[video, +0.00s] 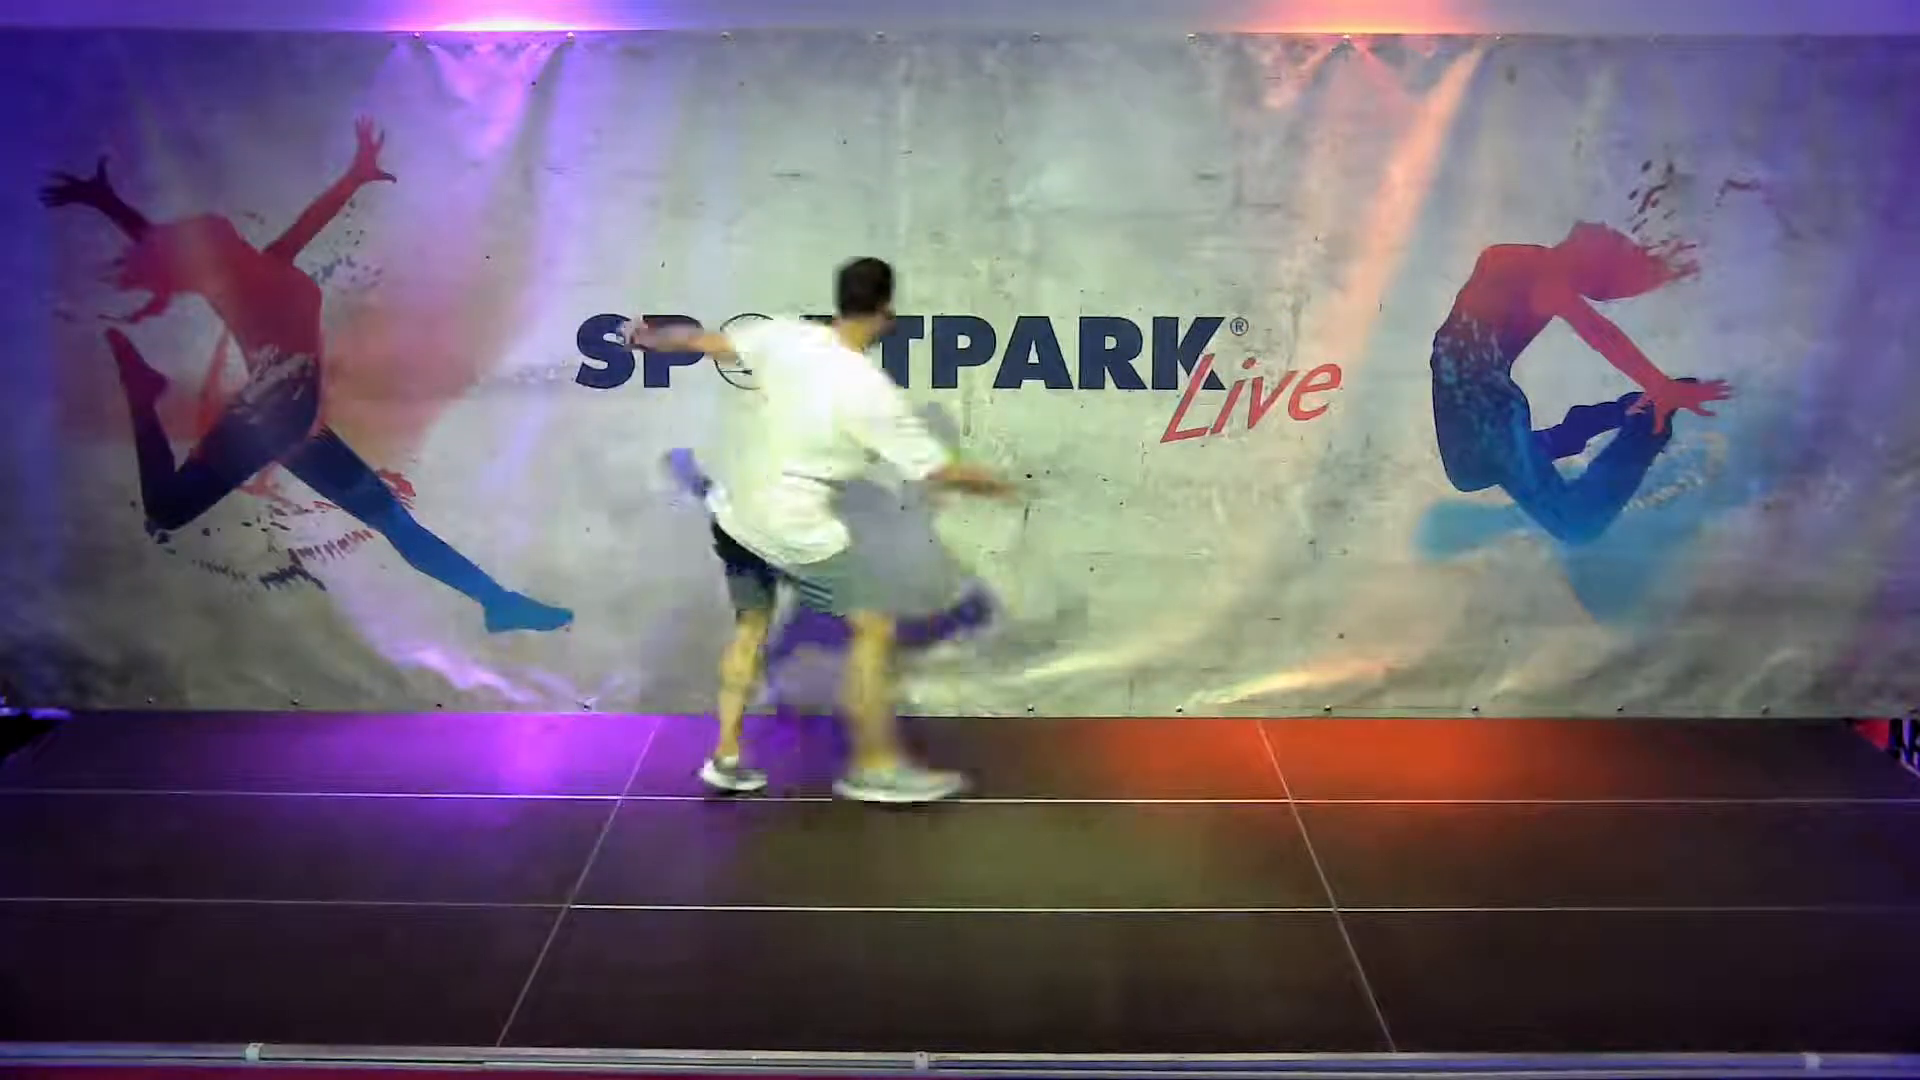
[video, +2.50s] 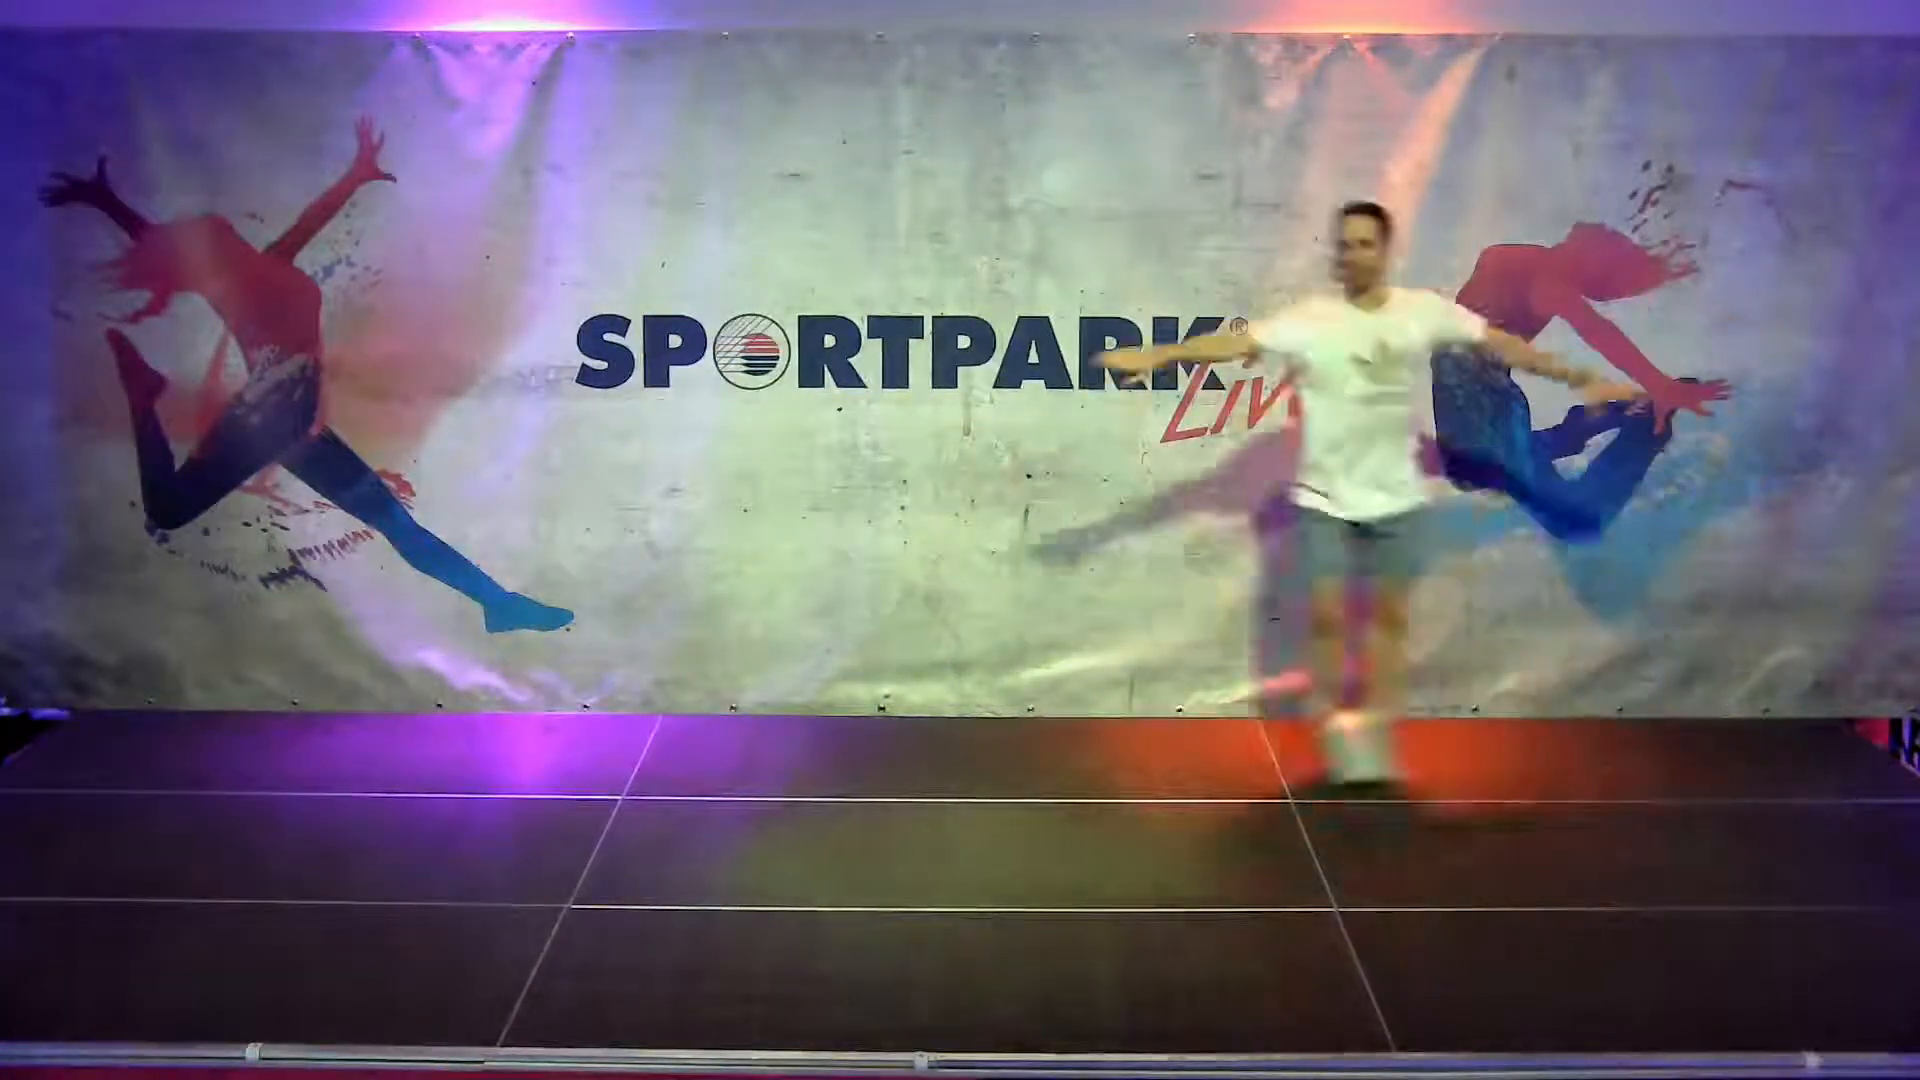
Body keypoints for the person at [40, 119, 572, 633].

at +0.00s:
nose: (179, 290)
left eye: (179, 270)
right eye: (174, 274)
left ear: (204, 255)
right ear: (206, 254)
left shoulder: (263, 269)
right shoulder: (245, 275)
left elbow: (308, 223)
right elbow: (155, 243)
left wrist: (357, 176)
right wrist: (104, 201)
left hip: (295, 425)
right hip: (263, 421)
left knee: (386, 513)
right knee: (166, 511)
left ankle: (500, 601)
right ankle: (140, 393)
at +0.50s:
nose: (177, 292)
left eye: (176, 272)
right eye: (166, 279)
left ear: (202, 255)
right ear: (204, 254)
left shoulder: (262, 269)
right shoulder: (244, 275)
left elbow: (307, 223)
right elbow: (156, 243)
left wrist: (357, 176)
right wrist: (104, 201)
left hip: (295, 424)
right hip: (263, 421)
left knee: (386, 512)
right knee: (166, 511)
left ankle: (499, 601)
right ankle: (140, 393)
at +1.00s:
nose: (183, 288)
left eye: (180, 267)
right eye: (186, 264)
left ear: (204, 253)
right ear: (202, 251)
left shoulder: (263, 271)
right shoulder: (240, 280)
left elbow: (306, 224)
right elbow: (156, 242)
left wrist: (357, 176)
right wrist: (103, 199)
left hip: (298, 426)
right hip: (261, 422)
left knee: (387, 514)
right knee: (166, 510)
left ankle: (500, 602)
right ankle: (139, 387)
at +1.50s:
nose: (188, 287)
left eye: (187, 267)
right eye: (188, 266)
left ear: (206, 254)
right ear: (204, 251)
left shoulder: (262, 270)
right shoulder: (237, 280)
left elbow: (308, 223)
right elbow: (158, 244)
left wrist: (357, 175)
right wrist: (104, 201)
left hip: (298, 426)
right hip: (260, 422)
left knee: (388, 516)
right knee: (166, 511)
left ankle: (500, 602)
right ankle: (140, 394)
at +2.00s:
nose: (177, 289)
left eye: (177, 269)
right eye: (171, 273)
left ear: (203, 253)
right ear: (204, 249)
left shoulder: (262, 269)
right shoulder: (241, 279)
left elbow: (307, 223)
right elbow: (158, 244)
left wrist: (358, 175)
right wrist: (105, 202)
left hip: (300, 428)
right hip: (262, 422)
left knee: (389, 517)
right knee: (166, 512)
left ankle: (500, 602)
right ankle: (141, 398)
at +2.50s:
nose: (177, 289)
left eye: (177, 269)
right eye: (173, 272)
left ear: (202, 253)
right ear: (204, 249)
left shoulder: (262, 270)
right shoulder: (241, 279)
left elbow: (306, 223)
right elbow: (158, 244)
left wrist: (358, 175)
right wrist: (106, 203)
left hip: (300, 428)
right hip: (262, 422)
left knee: (389, 517)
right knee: (167, 512)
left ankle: (500, 602)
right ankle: (141, 398)